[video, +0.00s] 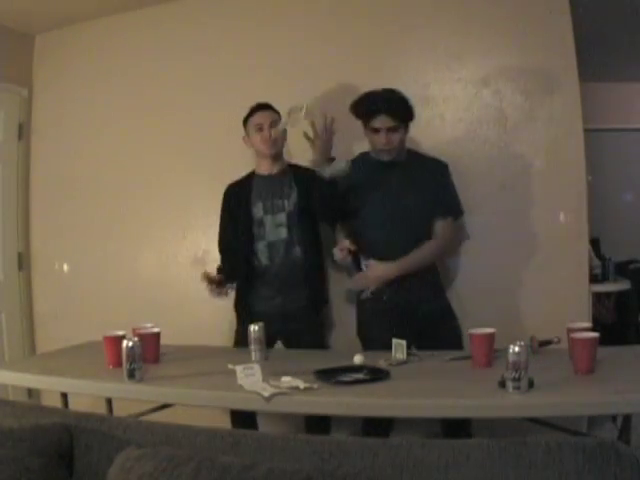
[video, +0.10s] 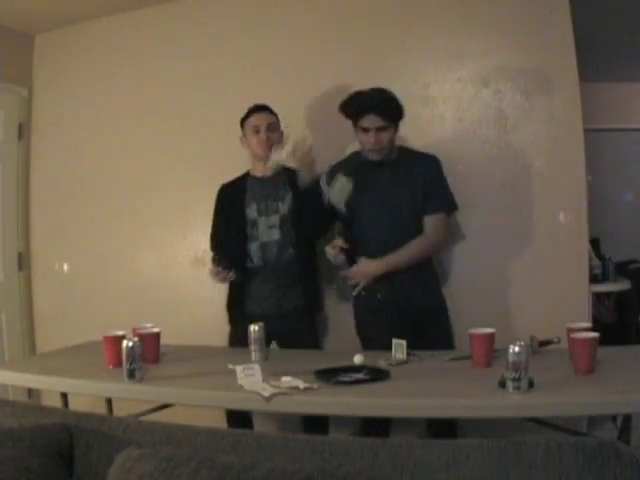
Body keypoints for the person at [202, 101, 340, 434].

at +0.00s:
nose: (269, 133)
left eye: (274, 126)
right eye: (259, 129)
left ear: (284, 134)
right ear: (247, 139)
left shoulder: (311, 182)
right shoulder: (236, 193)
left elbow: (334, 220)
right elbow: (232, 250)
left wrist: (325, 164)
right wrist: (224, 275)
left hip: (303, 305)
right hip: (255, 308)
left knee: (314, 389)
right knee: (241, 389)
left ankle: (318, 462)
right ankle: (246, 461)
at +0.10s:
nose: (265, 136)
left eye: (272, 128)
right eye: (256, 130)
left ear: (281, 135)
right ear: (244, 140)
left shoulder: (302, 184)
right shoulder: (230, 193)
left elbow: (319, 230)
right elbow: (223, 247)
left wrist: (308, 179)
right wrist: (223, 266)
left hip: (297, 307)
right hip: (248, 310)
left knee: (309, 389)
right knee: (237, 392)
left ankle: (316, 462)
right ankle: (242, 462)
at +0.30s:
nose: (257, 154)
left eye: (263, 146)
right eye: (249, 147)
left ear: (270, 147)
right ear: (233, 148)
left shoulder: (287, 192)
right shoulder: (213, 195)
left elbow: (300, 251)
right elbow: (205, 257)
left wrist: (276, 271)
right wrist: (223, 268)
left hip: (283, 311)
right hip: (235, 313)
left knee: (297, 392)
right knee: (231, 396)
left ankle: (309, 463)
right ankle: (239, 461)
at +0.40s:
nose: (255, 158)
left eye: (261, 150)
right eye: (246, 151)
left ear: (268, 147)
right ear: (229, 148)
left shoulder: (284, 188)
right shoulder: (209, 193)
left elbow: (296, 248)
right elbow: (203, 255)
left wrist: (281, 278)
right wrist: (224, 273)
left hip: (280, 306)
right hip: (233, 308)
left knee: (291, 387)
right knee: (234, 391)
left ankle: (302, 460)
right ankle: (240, 459)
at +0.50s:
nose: (253, 166)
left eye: (260, 157)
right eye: (245, 158)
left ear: (266, 151)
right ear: (226, 152)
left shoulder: (283, 189)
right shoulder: (207, 195)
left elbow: (295, 247)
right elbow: (205, 256)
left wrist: (273, 277)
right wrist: (227, 278)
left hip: (279, 305)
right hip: (233, 308)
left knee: (290, 386)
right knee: (235, 390)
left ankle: (299, 459)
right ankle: (241, 459)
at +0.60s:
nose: (257, 174)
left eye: (262, 165)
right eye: (248, 167)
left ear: (268, 156)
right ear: (228, 160)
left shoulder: (286, 192)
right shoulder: (209, 199)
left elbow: (298, 250)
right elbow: (210, 259)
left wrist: (285, 285)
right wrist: (233, 282)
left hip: (281, 304)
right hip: (235, 306)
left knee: (290, 384)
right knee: (235, 387)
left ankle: (299, 458)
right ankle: (241, 458)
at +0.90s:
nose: (288, 195)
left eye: (295, 185)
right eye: (279, 187)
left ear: (301, 172)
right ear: (258, 173)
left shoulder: (309, 206)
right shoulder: (232, 197)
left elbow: (340, 266)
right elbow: (221, 249)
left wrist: (371, 320)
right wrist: (236, 281)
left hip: (294, 318)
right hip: (245, 317)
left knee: (298, 400)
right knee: (236, 397)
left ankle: (302, 469)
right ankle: (239, 466)